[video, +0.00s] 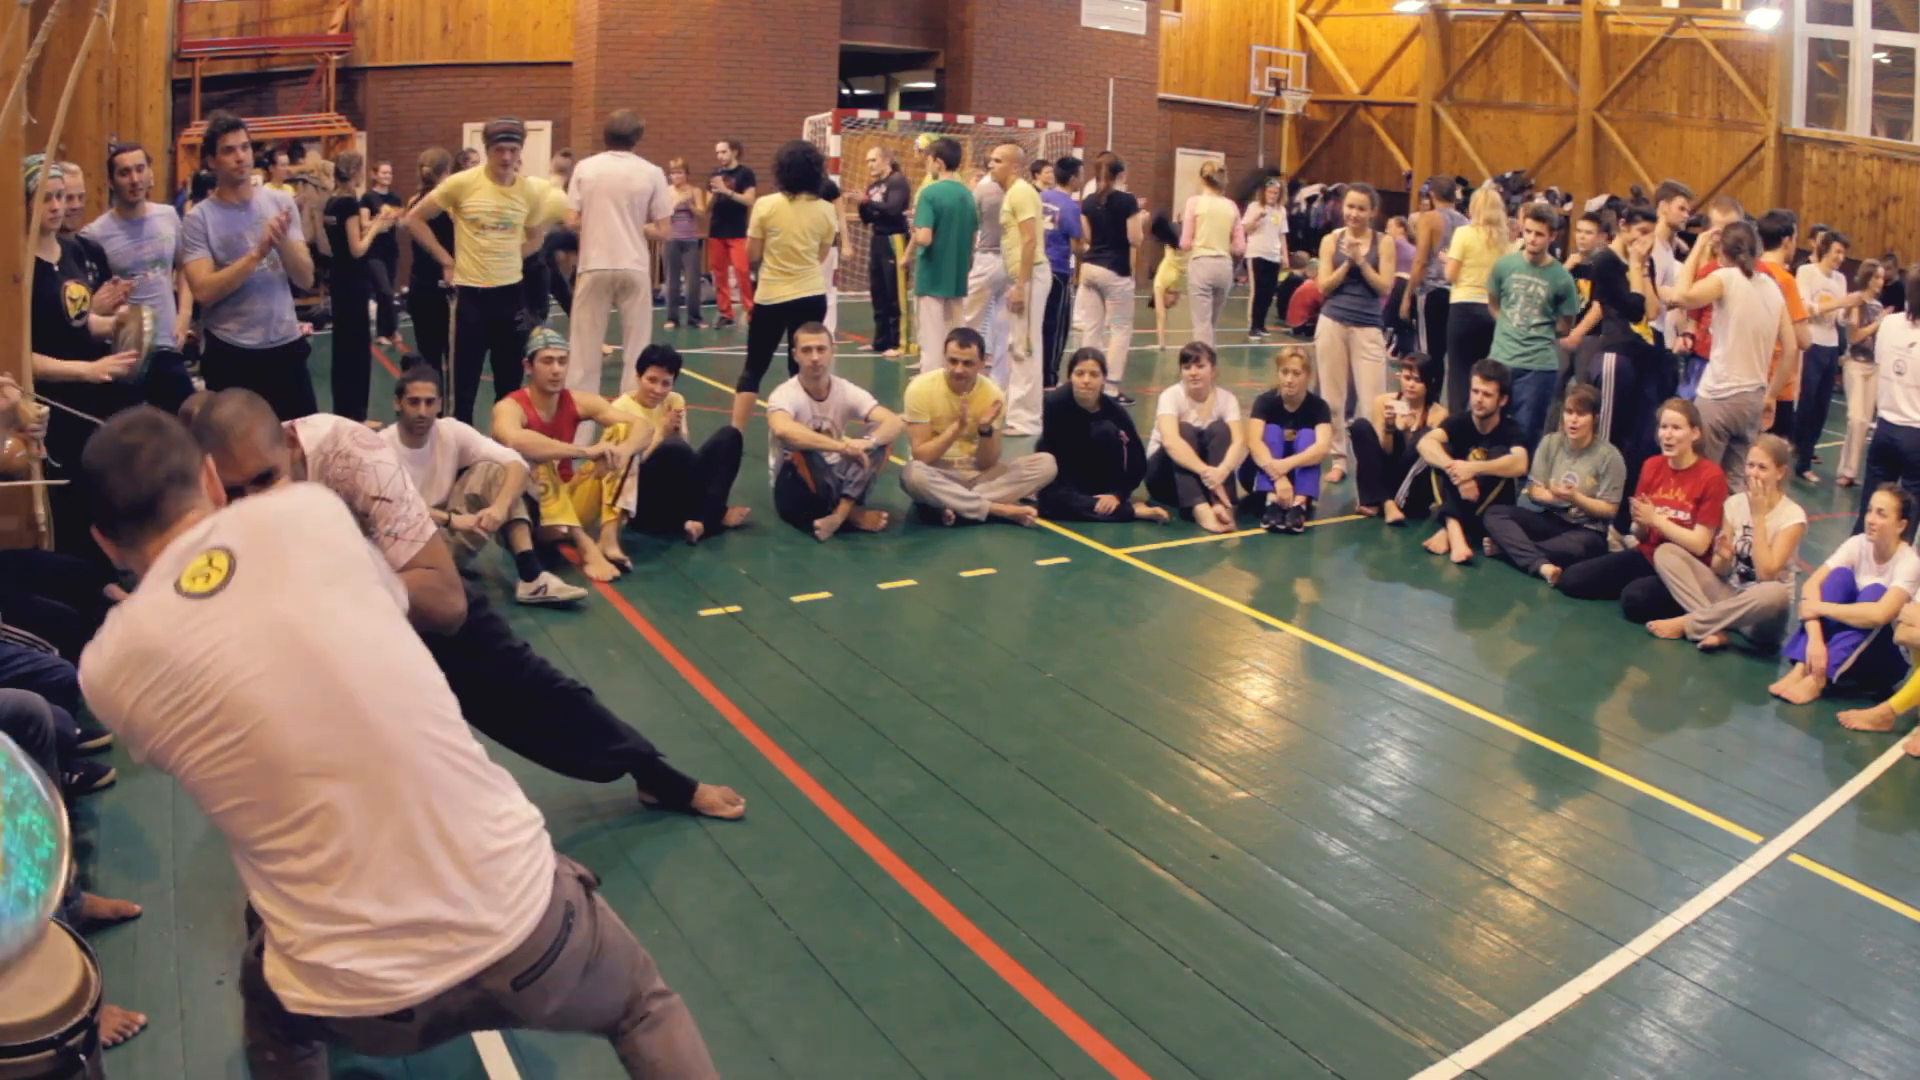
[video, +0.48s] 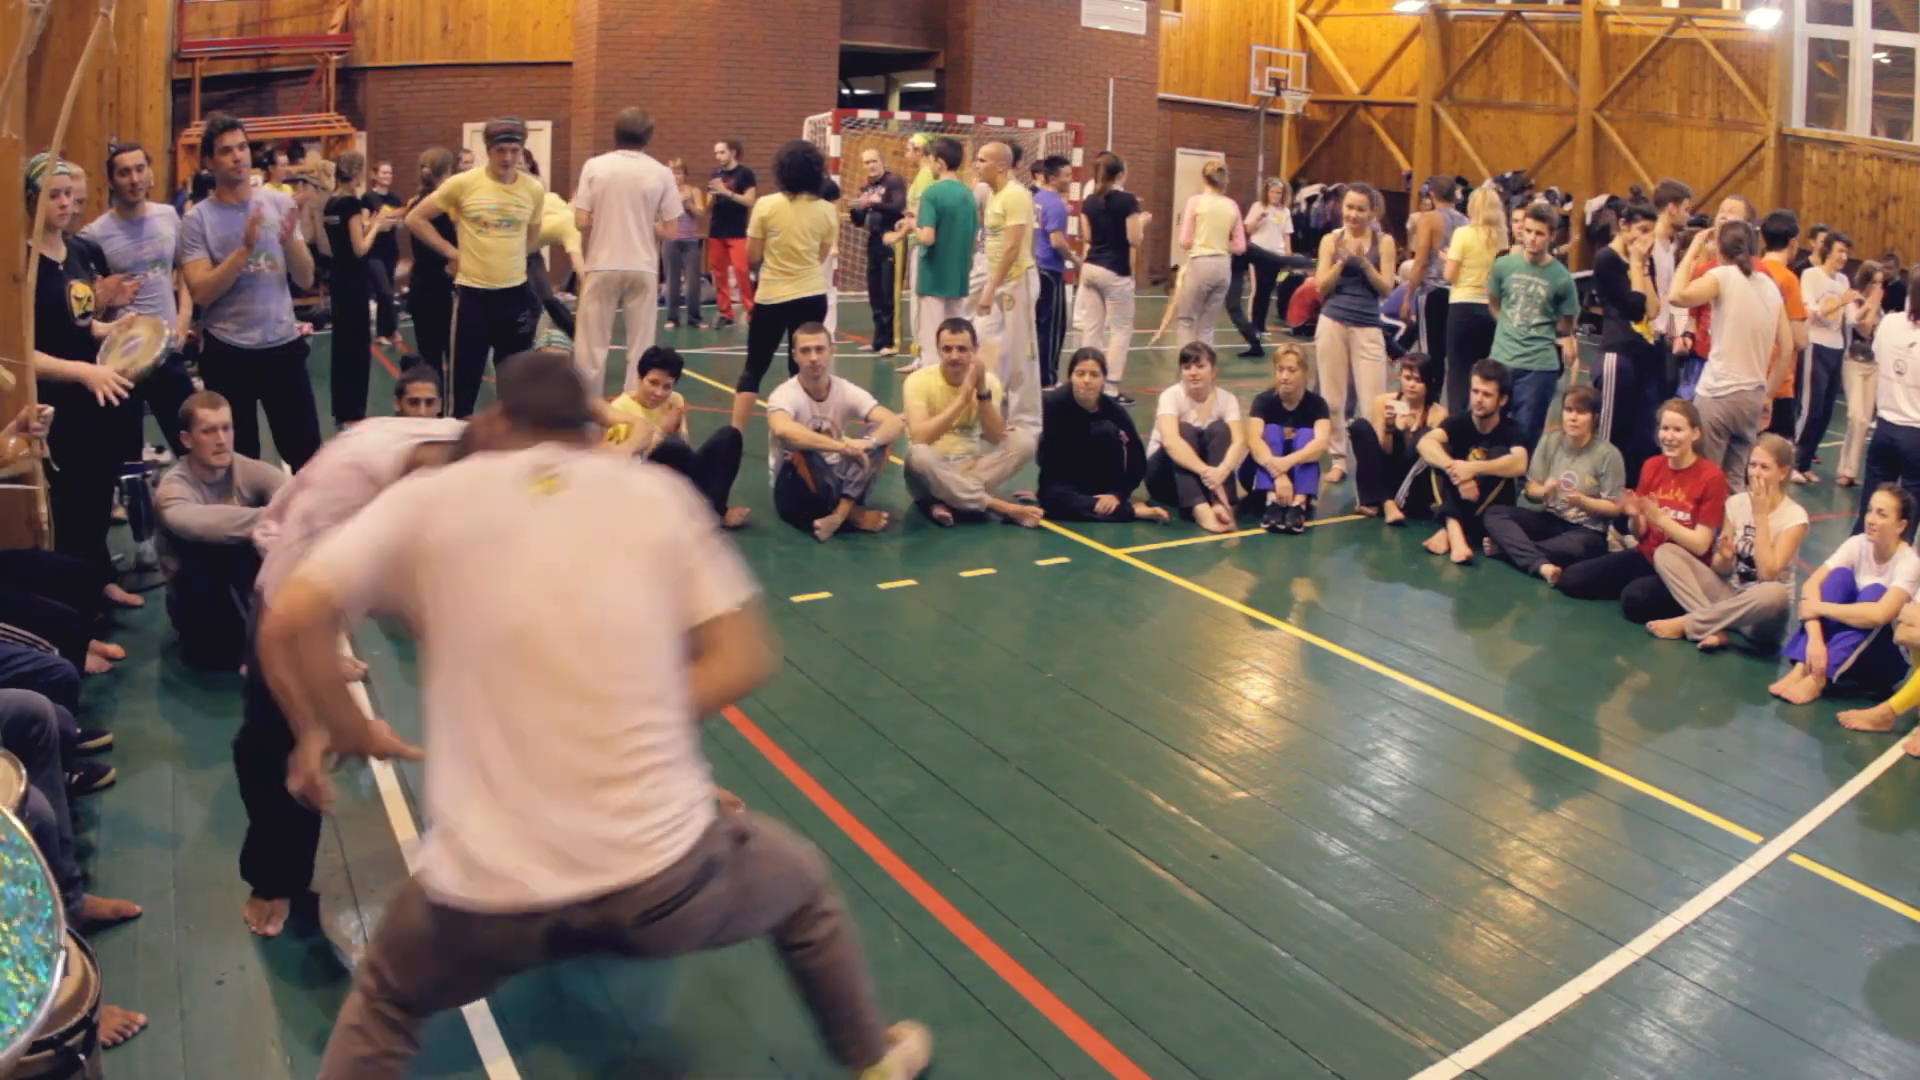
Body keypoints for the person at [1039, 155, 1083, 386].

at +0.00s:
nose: (1081, 180)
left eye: (1080, 176)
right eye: (1079, 176)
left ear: (1057, 175)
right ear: (1072, 177)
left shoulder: (1041, 197)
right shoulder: (1069, 205)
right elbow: (1076, 244)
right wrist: (1086, 251)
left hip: (1037, 262)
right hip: (1058, 268)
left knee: (1038, 319)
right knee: (1057, 324)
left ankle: (1034, 371)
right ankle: (1049, 375)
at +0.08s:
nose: (1080, 182)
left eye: (1079, 178)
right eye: (1078, 178)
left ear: (1056, 177)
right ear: (1072, 179)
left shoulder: (1041, 198)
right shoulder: (1069, 207)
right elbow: (1072, 248)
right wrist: (1079, 261)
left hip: (1036, 264)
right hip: (1058, 269)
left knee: (1036, 320)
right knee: (1056, 326)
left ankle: (1032, 372)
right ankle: (1048, 377)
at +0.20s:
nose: (1077, 180)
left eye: (1076, 175)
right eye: (1075, 176)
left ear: (1053, 176)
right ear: (1068, 178)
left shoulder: (1039, 197)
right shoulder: (1069, 206)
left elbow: (1031, 231)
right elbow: (1065, 243)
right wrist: (1077, 263)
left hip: (1035, 264)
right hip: (1057, 269)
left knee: (1035, 320)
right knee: (1055, 325)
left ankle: (1030, 372)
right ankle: (1048, 376)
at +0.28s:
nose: (1076, 179)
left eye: (1075, 174)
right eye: (1073, 175)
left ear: (1051, 176)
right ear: (1065, 177)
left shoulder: (1037, 197)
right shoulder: (1066, 204)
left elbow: (1030, 231)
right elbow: (1062, 241)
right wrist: (1075, 260)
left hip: (1034, 264)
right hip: (1055, 268)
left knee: (1036, 321)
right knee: (1054, 325)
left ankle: (1032, 373)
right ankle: (1048, 377)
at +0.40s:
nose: (1074, 179)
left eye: (1073, 174)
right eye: (1071, 174)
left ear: (1052, 177)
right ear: (1059, 177)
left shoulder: (1039, 197)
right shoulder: (1058, 203)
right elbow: (1060, 242)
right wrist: (1073, 261)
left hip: (1036, 264)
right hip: (1052, 269)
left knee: (1041, 323)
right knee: (1054, 325)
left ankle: (1041, 374)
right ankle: (1048, 377)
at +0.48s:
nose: (1070, 180)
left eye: (1069, 175)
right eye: (1066, 176)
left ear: (1050, 178)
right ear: (1053, 177)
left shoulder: (1035, 197)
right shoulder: (1055, 202)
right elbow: (1056, 239)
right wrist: (1075, 258)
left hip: (1032, 263)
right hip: (1049, 268)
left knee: (1039, 322)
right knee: (1052, 324)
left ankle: (1038, 373)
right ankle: (1047, 376)